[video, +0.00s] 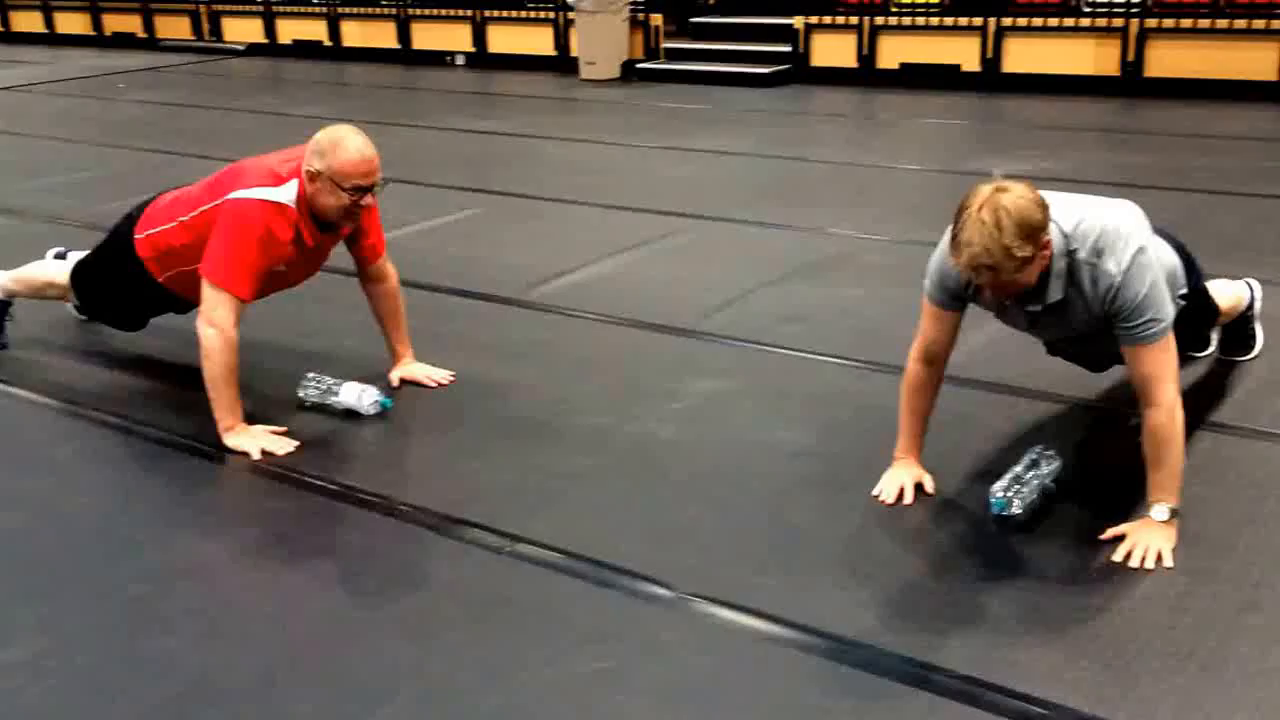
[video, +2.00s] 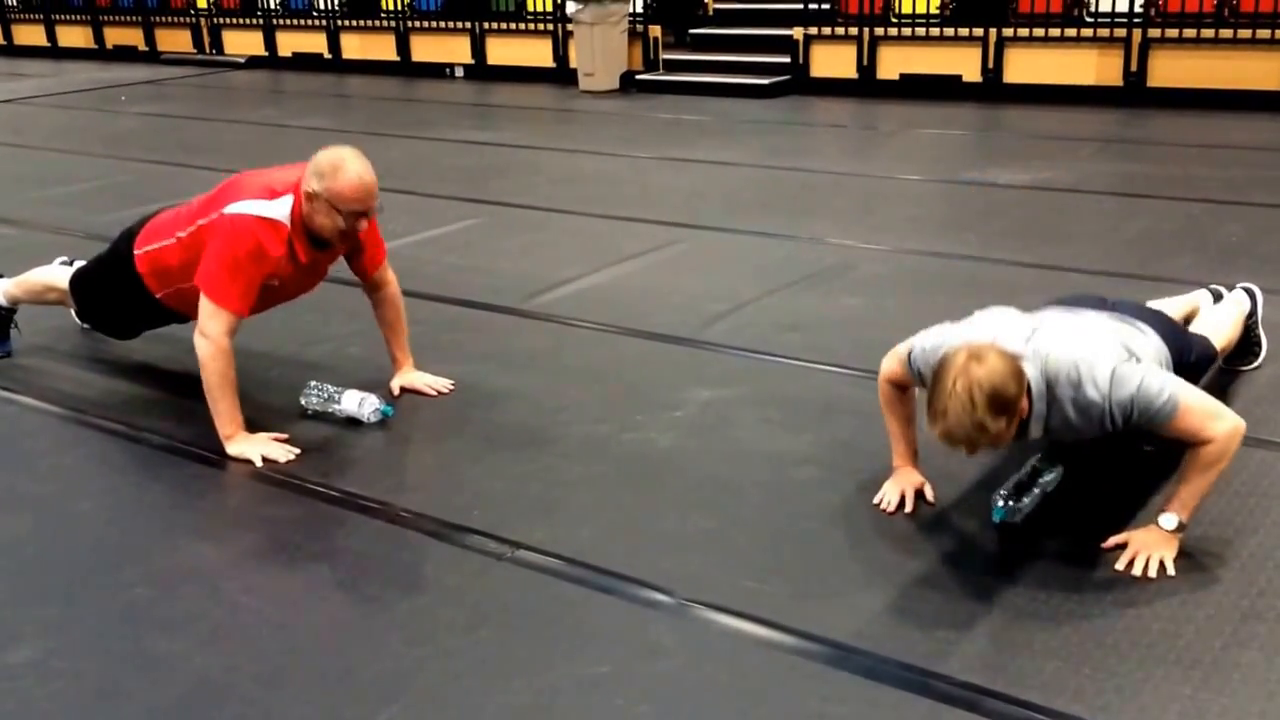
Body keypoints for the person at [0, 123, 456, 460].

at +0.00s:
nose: (365, 202)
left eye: (371, 190)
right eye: (353, 191)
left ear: (374, 180)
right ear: (312, 177)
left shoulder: (351, 197)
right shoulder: (257, 214)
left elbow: (378, 273)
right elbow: (216, 323)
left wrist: (404, 356)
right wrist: (233, 428)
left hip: (190, 265)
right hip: (143, 262)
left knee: (115, 289)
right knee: (74, 283)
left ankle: (71, 267)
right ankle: (4, 285)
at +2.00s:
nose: (359, 226)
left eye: (365, 215)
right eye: (349, 216)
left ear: (366, 203)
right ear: (311, 197)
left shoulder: (349, 207)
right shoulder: (251, 234)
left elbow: (382, 285)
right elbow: (212, 337)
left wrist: (404, 365)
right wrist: (235, 436)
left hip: (198, 275)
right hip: (144, 273)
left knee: (108, 295)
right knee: (75, 286)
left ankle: (71, 283)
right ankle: (5, 293)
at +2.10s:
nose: (366, 270)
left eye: (375, 258)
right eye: (357, 258)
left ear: (377, 235)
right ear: (324, 235)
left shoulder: (363, 232)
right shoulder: (260, 257)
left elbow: (395, 291)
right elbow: (195, 342)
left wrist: (405, 366)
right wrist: (234, 436)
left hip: (200, 258)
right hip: (152, 275)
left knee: (117, 281)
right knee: (76, 293)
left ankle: (76, 275)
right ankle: (6, 290)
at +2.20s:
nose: (372, 317)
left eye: (382, 307)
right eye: (364, 307)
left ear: (394, 286)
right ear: (335, 281)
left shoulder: (374, 257)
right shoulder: (263, 285)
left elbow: (404, 297)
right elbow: (184, 350)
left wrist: (406, 366)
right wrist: (233, 436)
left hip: (206, 261)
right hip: (155, 294)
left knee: (140, 270)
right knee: (73, 301)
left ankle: (78, 271)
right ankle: (7, 290)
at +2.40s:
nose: (385, 378)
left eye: (395, 374)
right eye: (377, 373)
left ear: (412, 316)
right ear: (353, 345)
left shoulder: (394, 291)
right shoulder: (276, 325)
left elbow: (398, 286)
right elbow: (176, 354)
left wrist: (400, 369)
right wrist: (232, 436)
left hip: (230, 283)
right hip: (171, 310)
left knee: (149, 283)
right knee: (80, 310)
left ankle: (78, 268)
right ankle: (11, 291)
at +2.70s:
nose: (384, 334)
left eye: (393, 323)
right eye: (378, 324)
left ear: (398, 295)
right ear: (347, 297)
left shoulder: (377, 267)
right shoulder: (269, 296)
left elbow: (407, 303)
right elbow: (182, 351)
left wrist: (404, 367)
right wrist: (231, 438)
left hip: (219, 255)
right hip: (160, 290)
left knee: (137, 269)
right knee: (79, 298)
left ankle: (76, 271)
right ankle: (7, 290)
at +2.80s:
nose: (374, 293)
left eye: (386, 284)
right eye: (367, 283)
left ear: (399, 248)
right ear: (338, 258)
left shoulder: (377, 241)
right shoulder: (263, 262)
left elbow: (403, 298)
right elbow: (196, 343)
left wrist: (403, 367)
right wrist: (232, 437)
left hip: (214, 251)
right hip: (159, 271)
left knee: (125, 282)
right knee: (81, 291)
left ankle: (77, 279)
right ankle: (10, 290)